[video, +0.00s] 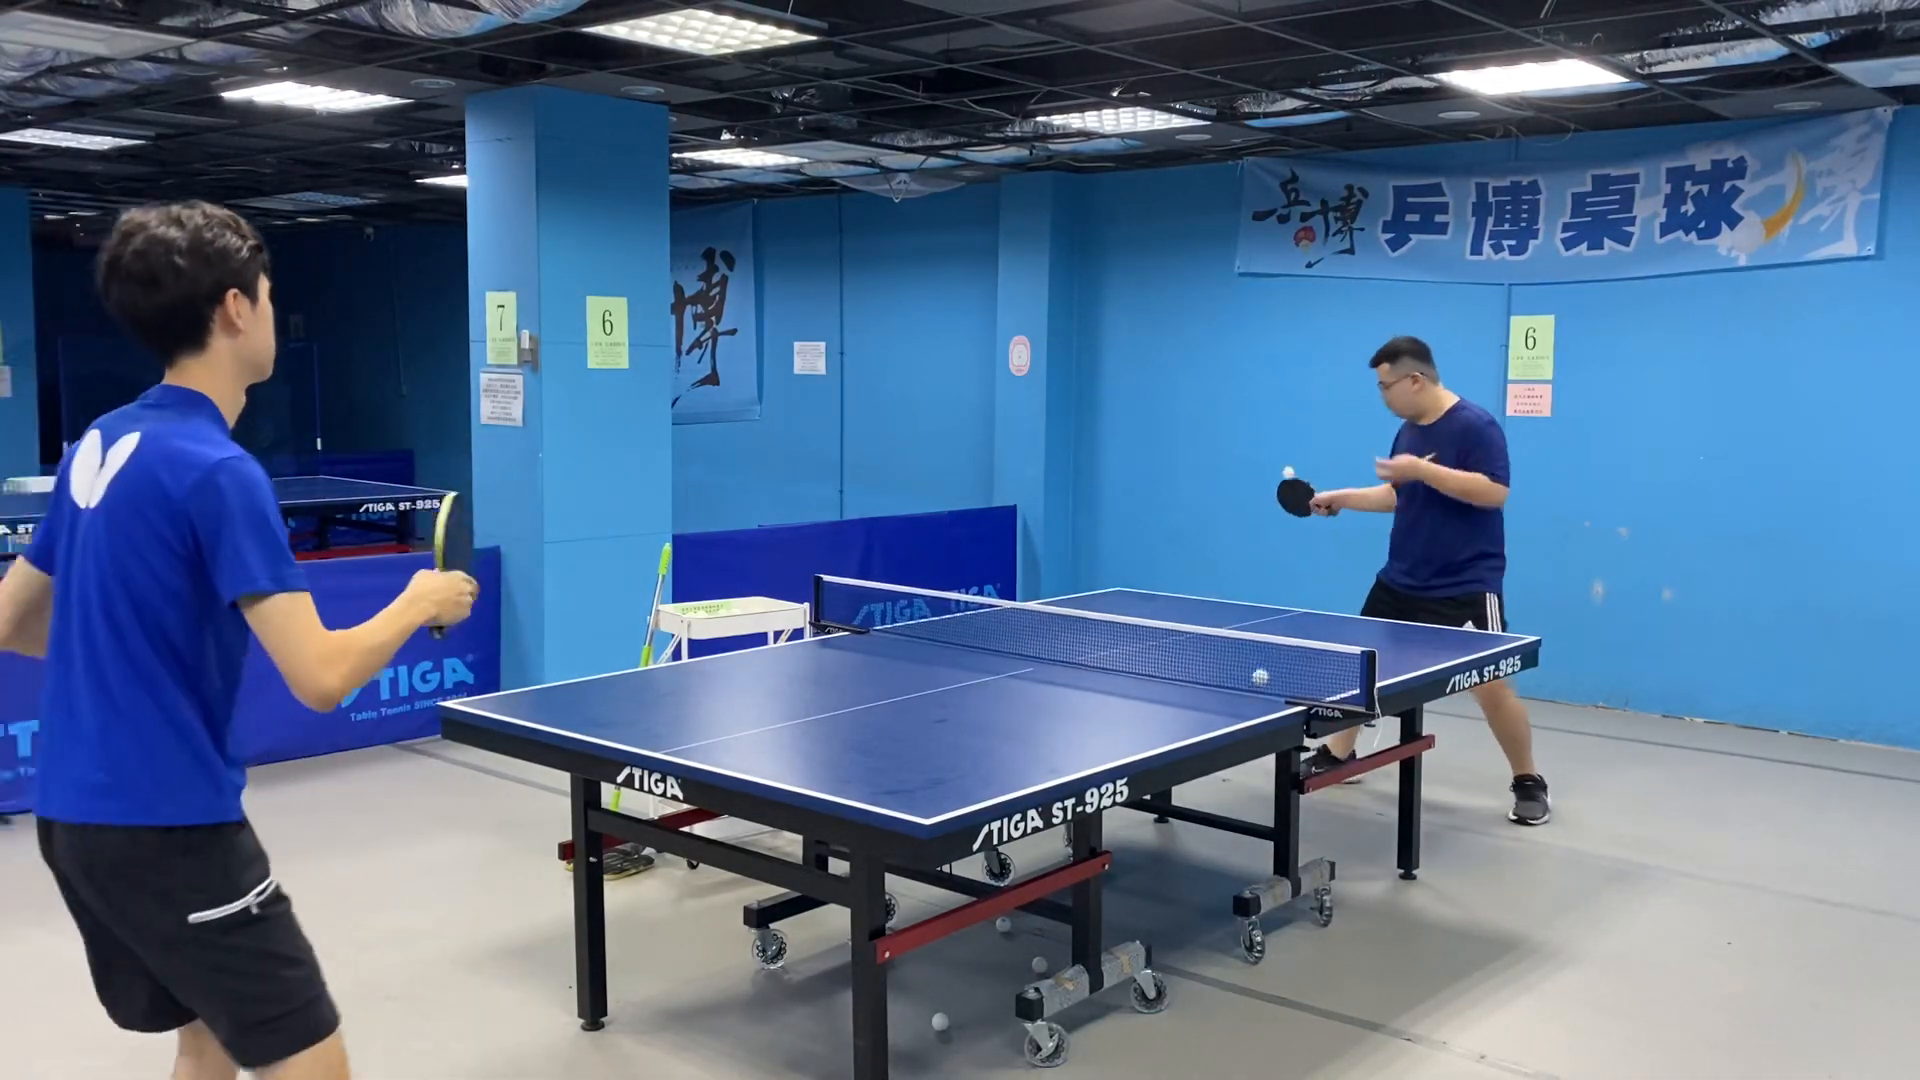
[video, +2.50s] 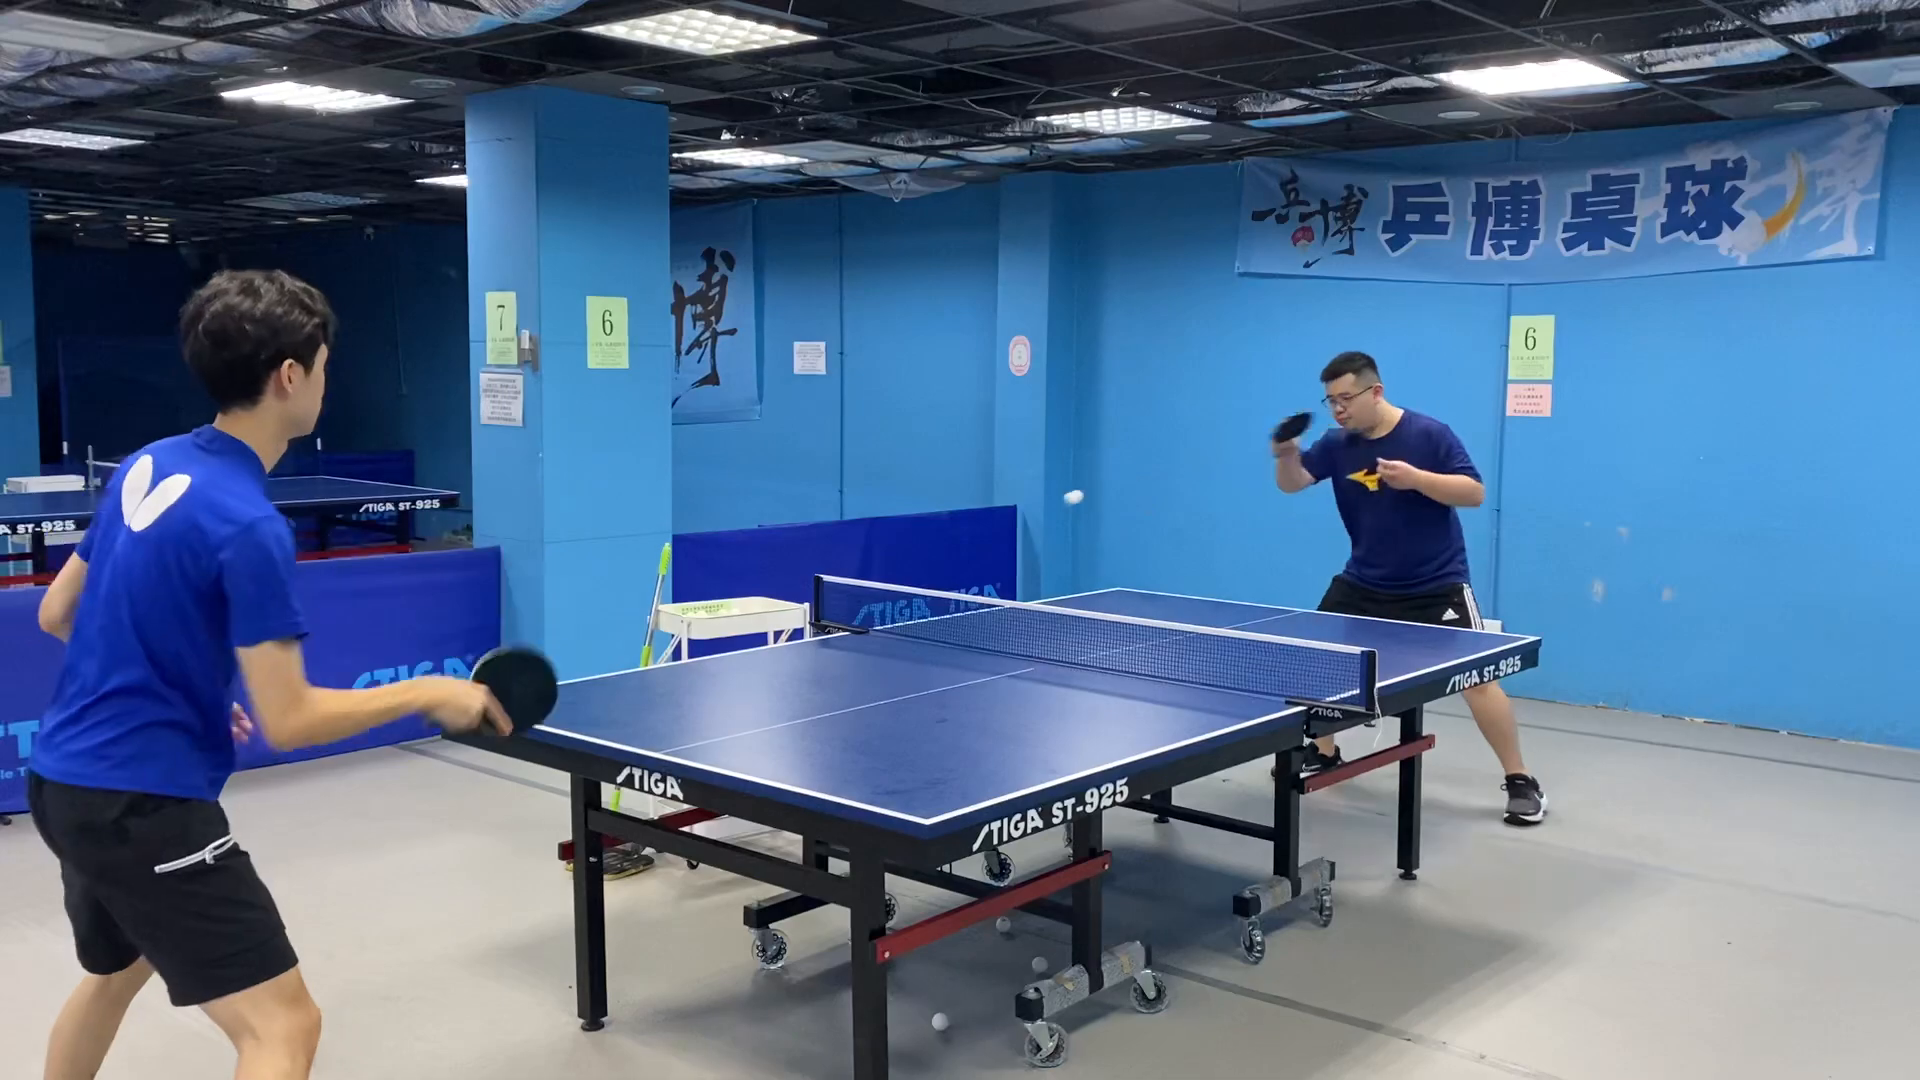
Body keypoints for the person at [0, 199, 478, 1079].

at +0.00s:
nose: (274, 316)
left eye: (267, 294)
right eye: (266, 295)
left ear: (152, 319)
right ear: (233, 311)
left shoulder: (98, 445)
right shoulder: (219, 472)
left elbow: (18, 618)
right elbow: (323, 674)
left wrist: (141, 645)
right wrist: (419, 602)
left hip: (78, 811)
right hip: (169, 820)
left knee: (213, 1031)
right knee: (311, 1059)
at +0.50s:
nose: (552, 392)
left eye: (555, 372)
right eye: (554, 371)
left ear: (442, 364)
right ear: (527, 374)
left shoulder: (323, 461)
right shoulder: (504, 512)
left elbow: (180, 600)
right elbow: (643, 699)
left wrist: (237, 681)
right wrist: (658, 761)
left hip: (237, 805)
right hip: (363, 825)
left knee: (254, 1035)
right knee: (503, 1051)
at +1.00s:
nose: (542, 369)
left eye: (540, 352)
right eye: (541, 355)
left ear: (435, 357)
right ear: (522, 364)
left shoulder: (331, 456)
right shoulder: (539, 498)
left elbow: (196, 600)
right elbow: (712, 571)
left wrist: (196, 690)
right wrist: (794, 527)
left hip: (259, 796)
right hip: (395, 819)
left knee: (219, 990)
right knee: (504, 1044)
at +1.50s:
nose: (445, 374)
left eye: (445, 354)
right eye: (443, 354)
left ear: (334, 355)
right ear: (408, 365)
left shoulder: (256, 445)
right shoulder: (357, 508)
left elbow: (147, 577)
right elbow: (383, 715)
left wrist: (225, 658)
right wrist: (537, 698)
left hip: (147, 761)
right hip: (233, 790)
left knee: (200, 938)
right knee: (341, 1030)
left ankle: (118, 1073)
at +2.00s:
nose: (333, 401)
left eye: (332, 382)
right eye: (331, 382)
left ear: (230, 381)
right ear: (303, 390)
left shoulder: (136, 478)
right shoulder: (303, 525)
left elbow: (30, 622)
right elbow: (482, 614)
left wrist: (114, 695)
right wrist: (566, 580)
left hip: (61, 792)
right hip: (157, 810)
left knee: (112, 955)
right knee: (306, 1028)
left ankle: (53, 1076)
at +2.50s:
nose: (324, 387)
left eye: (324, 368)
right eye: (322, 367)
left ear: (217, 370)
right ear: (286, 376)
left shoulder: (146, 466)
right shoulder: (246, 522)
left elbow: (59, 613)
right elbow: (288, 720)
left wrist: (194, 693)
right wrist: (428, 694)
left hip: (65, 775)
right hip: (144, 797)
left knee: (114, 970)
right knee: (280, 1026)